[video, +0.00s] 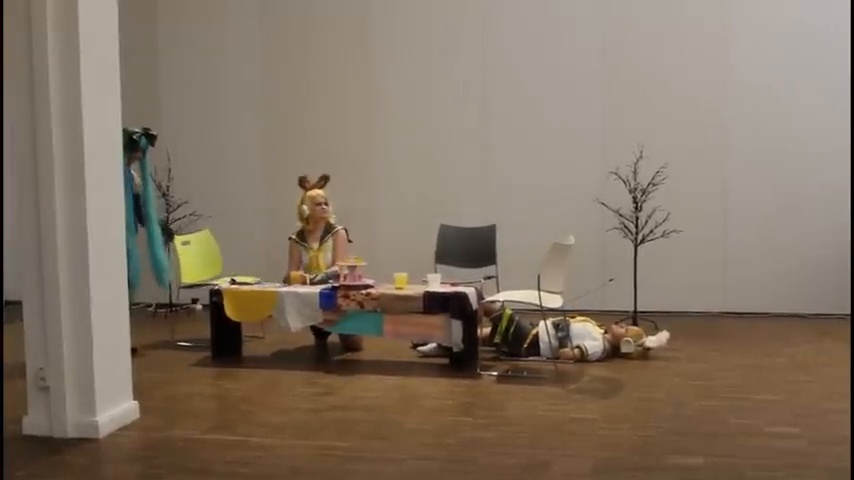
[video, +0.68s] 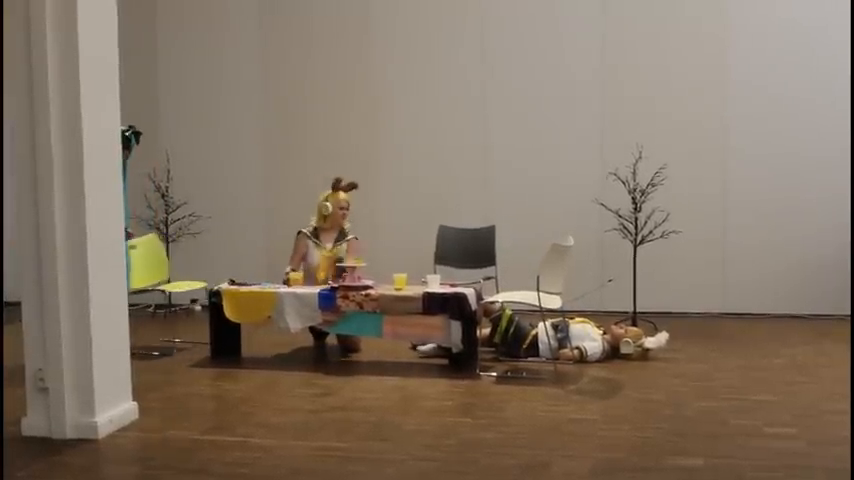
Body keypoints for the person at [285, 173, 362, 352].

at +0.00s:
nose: (324, 207)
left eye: (326, 203)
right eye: (318, 205)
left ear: (330, 207)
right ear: (307, 210)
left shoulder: (337, 232)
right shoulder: (297, 239)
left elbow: (340, 268)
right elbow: (291, 276)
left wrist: (313, 279)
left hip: (336, 290)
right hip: (309, 293)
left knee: (355, 344)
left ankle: (344, 332)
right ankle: (320, 341)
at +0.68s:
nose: (346, 214)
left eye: (347, 209)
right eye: (342, 209)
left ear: (348, 211)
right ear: (326, 210)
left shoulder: (349, 239)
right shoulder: (306, 236)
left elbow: (351, 270)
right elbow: (293, 267)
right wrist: (291, 278)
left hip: (340, 296)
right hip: (311, 296)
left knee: (353, 346)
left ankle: (344, 339)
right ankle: (319, 343)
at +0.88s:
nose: (354, 209)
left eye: (355, 204)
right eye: (349, 204)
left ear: (356, 207)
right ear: (335, 206)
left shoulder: (355, 234)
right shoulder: (316, 233)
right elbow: (296, 262)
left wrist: (398, 250)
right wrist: (293, 274)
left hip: (349, 297)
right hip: (319, 298)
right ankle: (320, 337)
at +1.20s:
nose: (376, 214)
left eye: (376, 210)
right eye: (371, 209)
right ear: (356, 212)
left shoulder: (372, 244)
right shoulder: (337, 234)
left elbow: (371, 280)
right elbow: (311, 250)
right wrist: (299, 269)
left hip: (355, 295)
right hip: (324, 293)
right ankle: (319, 332)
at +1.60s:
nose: (365, 204)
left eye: (367, 201)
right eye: (361, 199)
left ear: (368, 206)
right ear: (347, 201)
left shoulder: (365, 233)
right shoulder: (326, 226)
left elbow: (361, 264)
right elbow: (304, 249)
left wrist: (375, 260)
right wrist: (312, 259)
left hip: (352, 286)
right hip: (324, 285)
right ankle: (319, 332)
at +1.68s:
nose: (359, 204)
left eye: (362, 201)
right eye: (355, 199)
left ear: (363, 206)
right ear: (342, 201)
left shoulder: (361, 232)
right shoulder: (322, 227)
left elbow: (362, 270)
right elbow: (311, 262)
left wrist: (367, 256)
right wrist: (333, 253)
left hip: (351, 287)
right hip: (322, 287)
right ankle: (319, 331)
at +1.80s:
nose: (352, 208)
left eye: (355, 204)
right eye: (348, 203)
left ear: (356, 208)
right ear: (334, 204)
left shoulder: (350, 232)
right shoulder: (319, 230)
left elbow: (362, 265)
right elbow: (338, 254)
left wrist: (376, 246)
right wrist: (361, 238)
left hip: (346, 296)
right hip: (318, 297)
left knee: (355, 344)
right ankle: (318, 334)